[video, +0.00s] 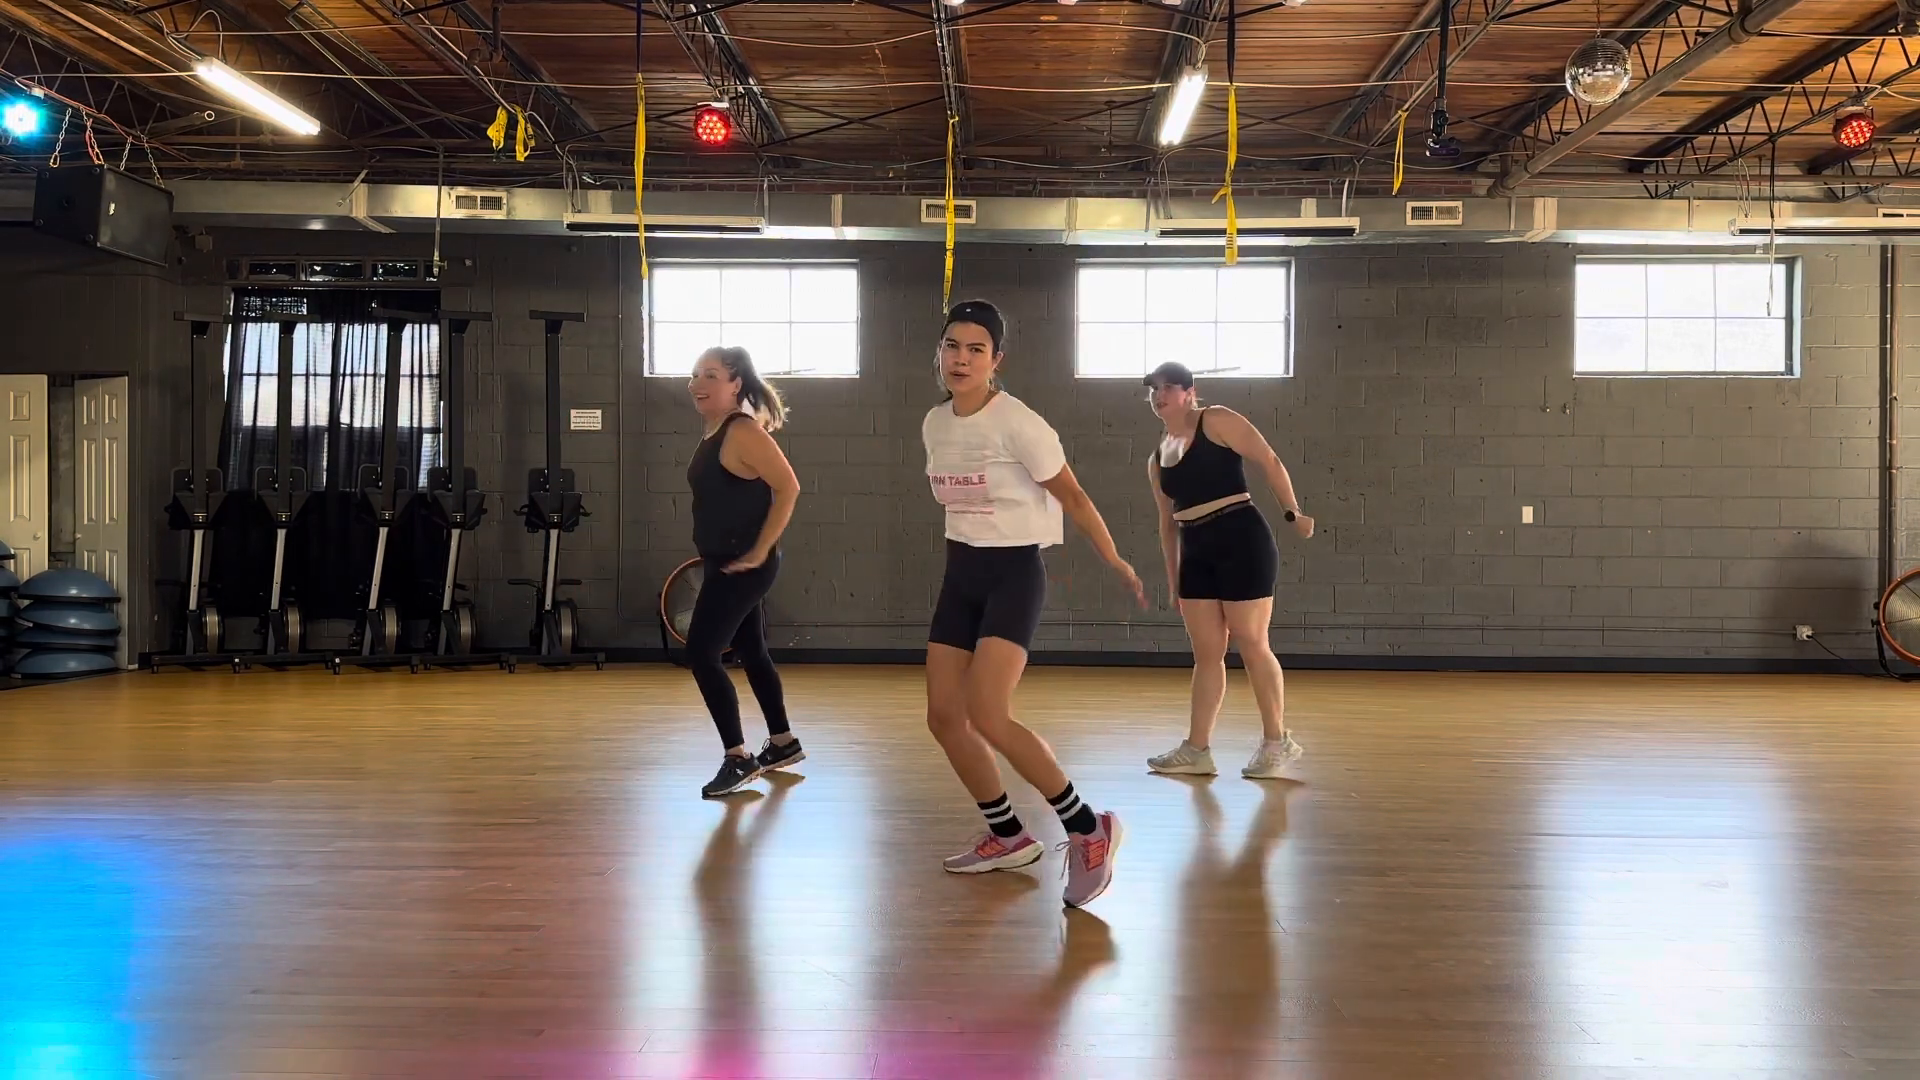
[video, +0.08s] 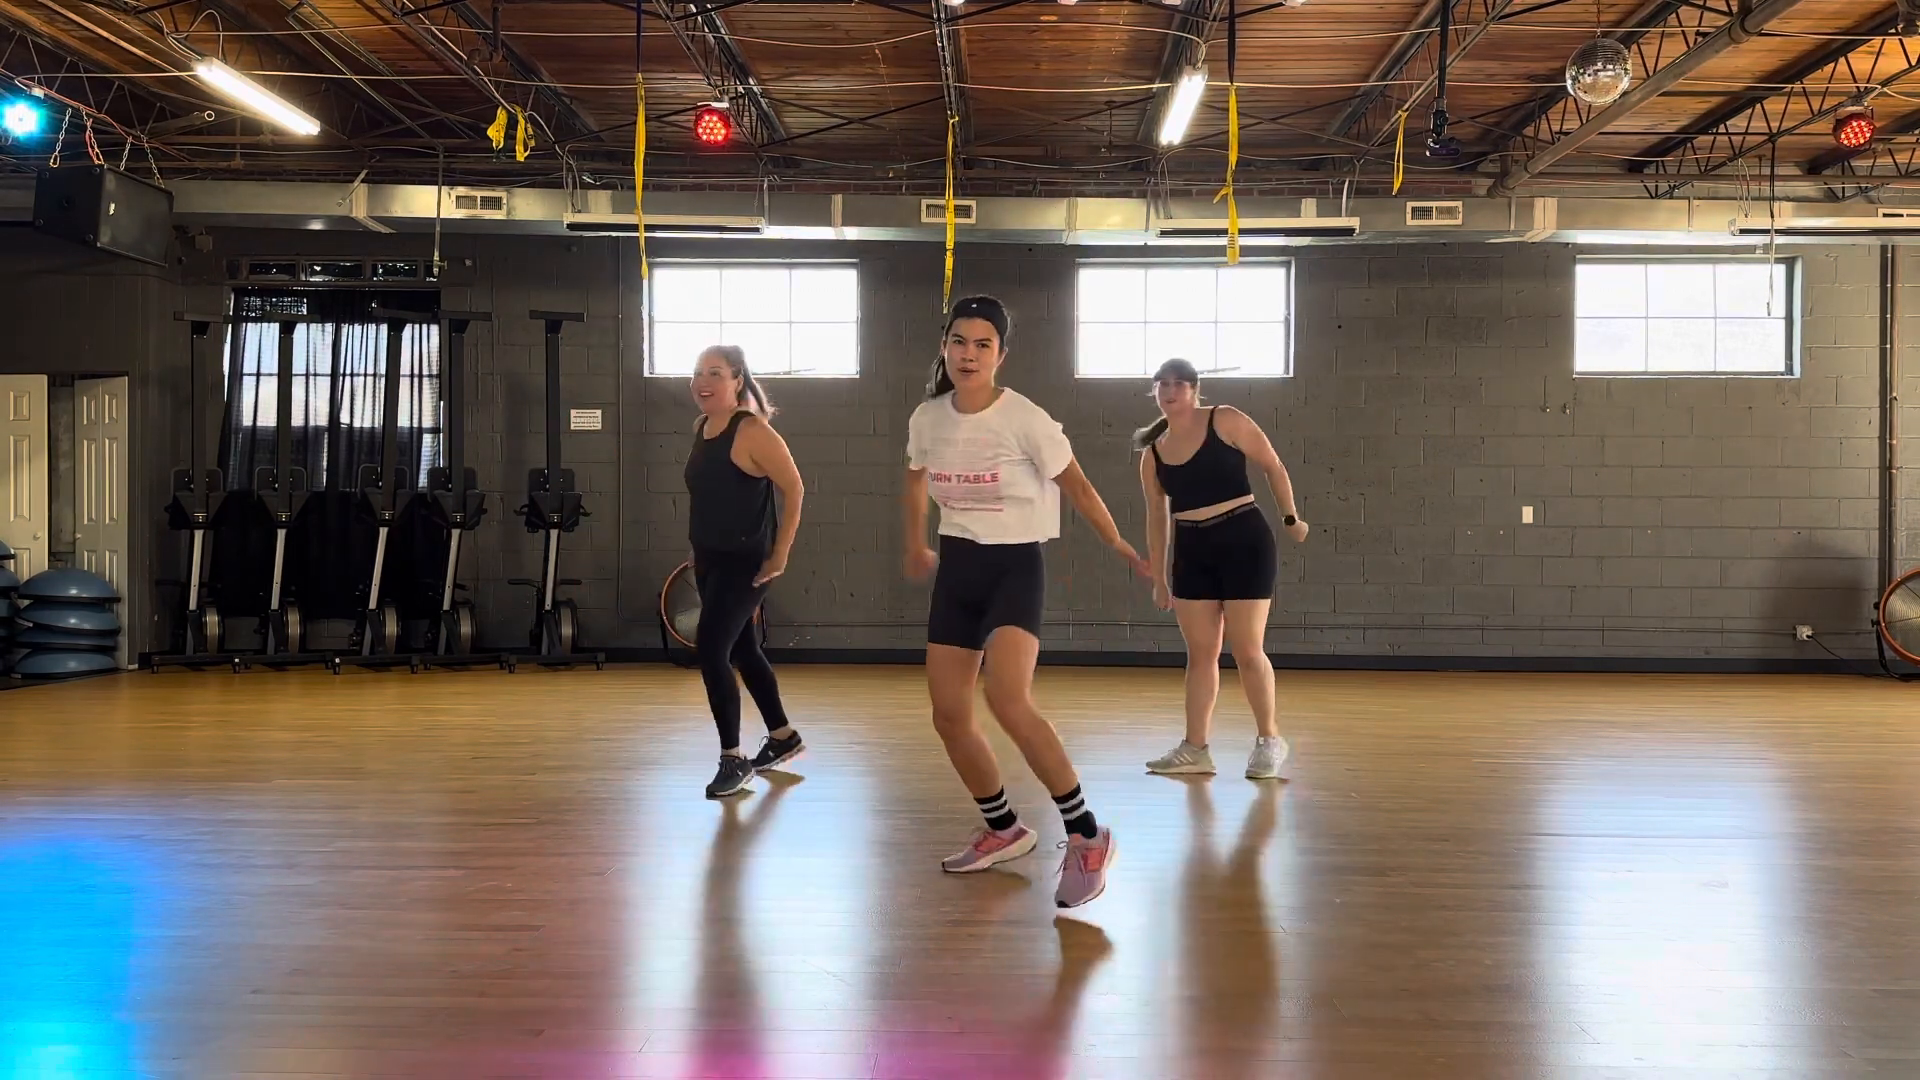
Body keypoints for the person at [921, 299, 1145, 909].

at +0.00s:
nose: (959, 356)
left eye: (974, 348)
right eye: (951, 344)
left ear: (995, 360)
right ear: (938, 352)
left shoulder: (1019, 423)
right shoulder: (935, 423)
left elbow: (1074, 497)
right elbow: (965, 498)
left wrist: (1115, 560)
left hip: (1015, 571)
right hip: (961, 570)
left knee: (989, 714)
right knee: (945, 716)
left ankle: (1087, 831)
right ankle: (1009, 835)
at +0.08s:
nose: (968, 352)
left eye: (981, 343)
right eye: (959, 340)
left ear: (1000, 354)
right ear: (944, 348)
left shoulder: (1026, 418)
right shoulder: (927, 418)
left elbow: (1077, 486)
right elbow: (917, 483)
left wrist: (1121, 546)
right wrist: (916, 542)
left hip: (1015, 566)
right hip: (956, 567)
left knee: (1007, 698)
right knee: (949, 712)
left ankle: (1086, 836)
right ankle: (1004, 829)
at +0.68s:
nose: (1027, 327)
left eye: (1038, 313)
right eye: (1011, 318)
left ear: (1056, 324)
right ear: (995, 336)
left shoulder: (1069, 390)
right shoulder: (983, 416)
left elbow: (1055, 472)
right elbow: (916, 498)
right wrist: (878, 582)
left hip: (1056, 568)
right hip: (982, 574)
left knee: (1061, 727)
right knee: (944, 732)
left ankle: (1056, 892)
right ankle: (908, 819)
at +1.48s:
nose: (952, 410)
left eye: (967, 396)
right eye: (938, 395)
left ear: (990, 406)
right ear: (917, 400)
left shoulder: (1015, 474)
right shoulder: (873, 455)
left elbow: (1003, 521)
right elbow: (836, 499)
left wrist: (947, 541)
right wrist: (892, 536)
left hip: (969, 587)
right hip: (881, 593)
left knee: (1052, 719)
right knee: (827, 735)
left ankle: (1125, 873)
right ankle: (810, 883)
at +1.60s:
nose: (994, 401)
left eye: (1007, 385)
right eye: (977, 389)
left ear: (1027, 388)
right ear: (955, 397)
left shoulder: (1045, 448)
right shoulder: (912, 462)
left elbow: (1008, 506)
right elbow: (851, 510)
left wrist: (953, 540)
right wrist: (894, 545)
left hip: (985, 576)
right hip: (902, 578)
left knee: (1045, 714)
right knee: (833, 733)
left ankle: (1095, 885)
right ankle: (770, 875)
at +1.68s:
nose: (1028, 413)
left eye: (1038, 395)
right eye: (1010, 401)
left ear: (1054, 396)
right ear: (984, 413)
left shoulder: (1056, 443)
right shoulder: (956, 491)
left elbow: (1008, 517)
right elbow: (888, 542)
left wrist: (925, 545)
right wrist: (879, 551)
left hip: (1000, 603)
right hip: (920, 599)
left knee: (1056, 738)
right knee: (841, 754)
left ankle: (1072, 905)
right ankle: (741, 878)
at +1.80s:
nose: (1033, 442)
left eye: (1041, 423)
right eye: (1013, 432)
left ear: (1058, 420)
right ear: (992, 441)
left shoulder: (1057, 467)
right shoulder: (976, 527)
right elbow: (893, 585)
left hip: (1017, 635)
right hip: (942, 634)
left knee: (1088, 756)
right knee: (854, 790)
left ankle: (1067, 911)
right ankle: (733, 884)